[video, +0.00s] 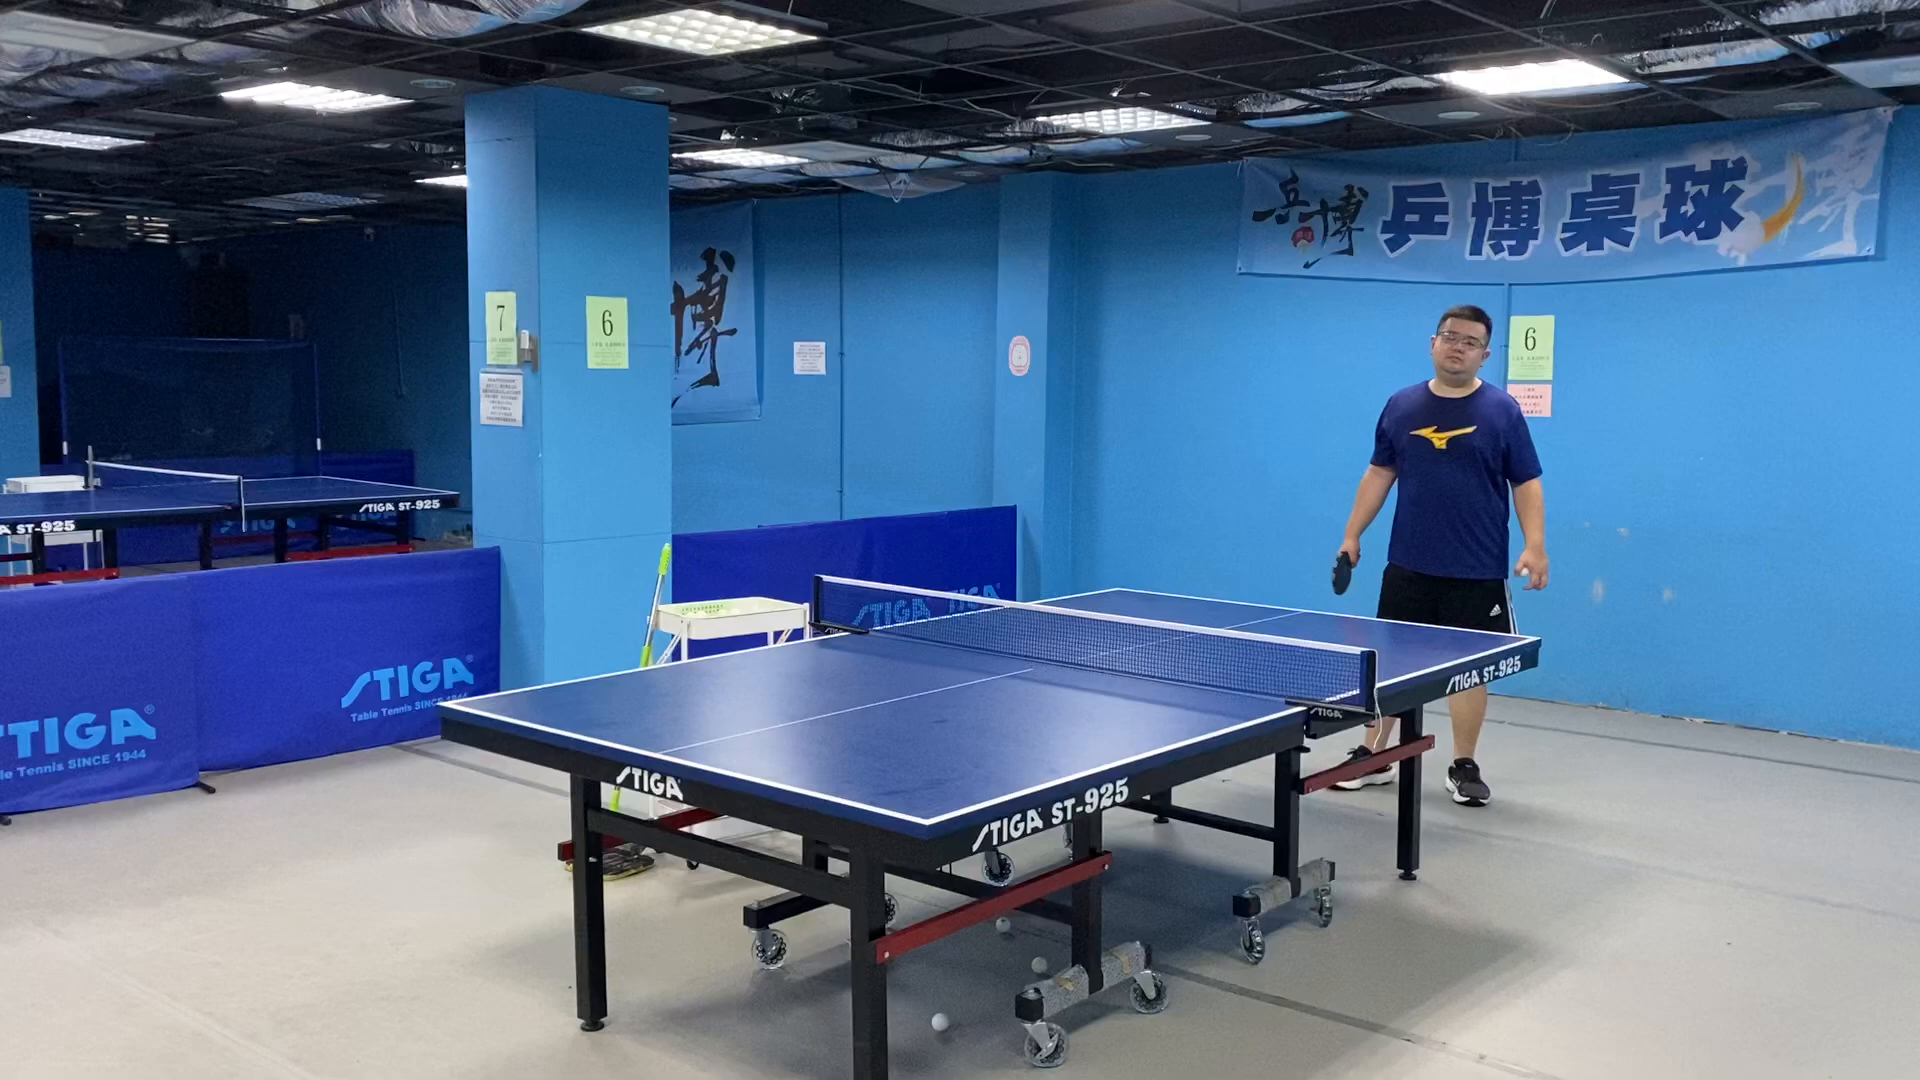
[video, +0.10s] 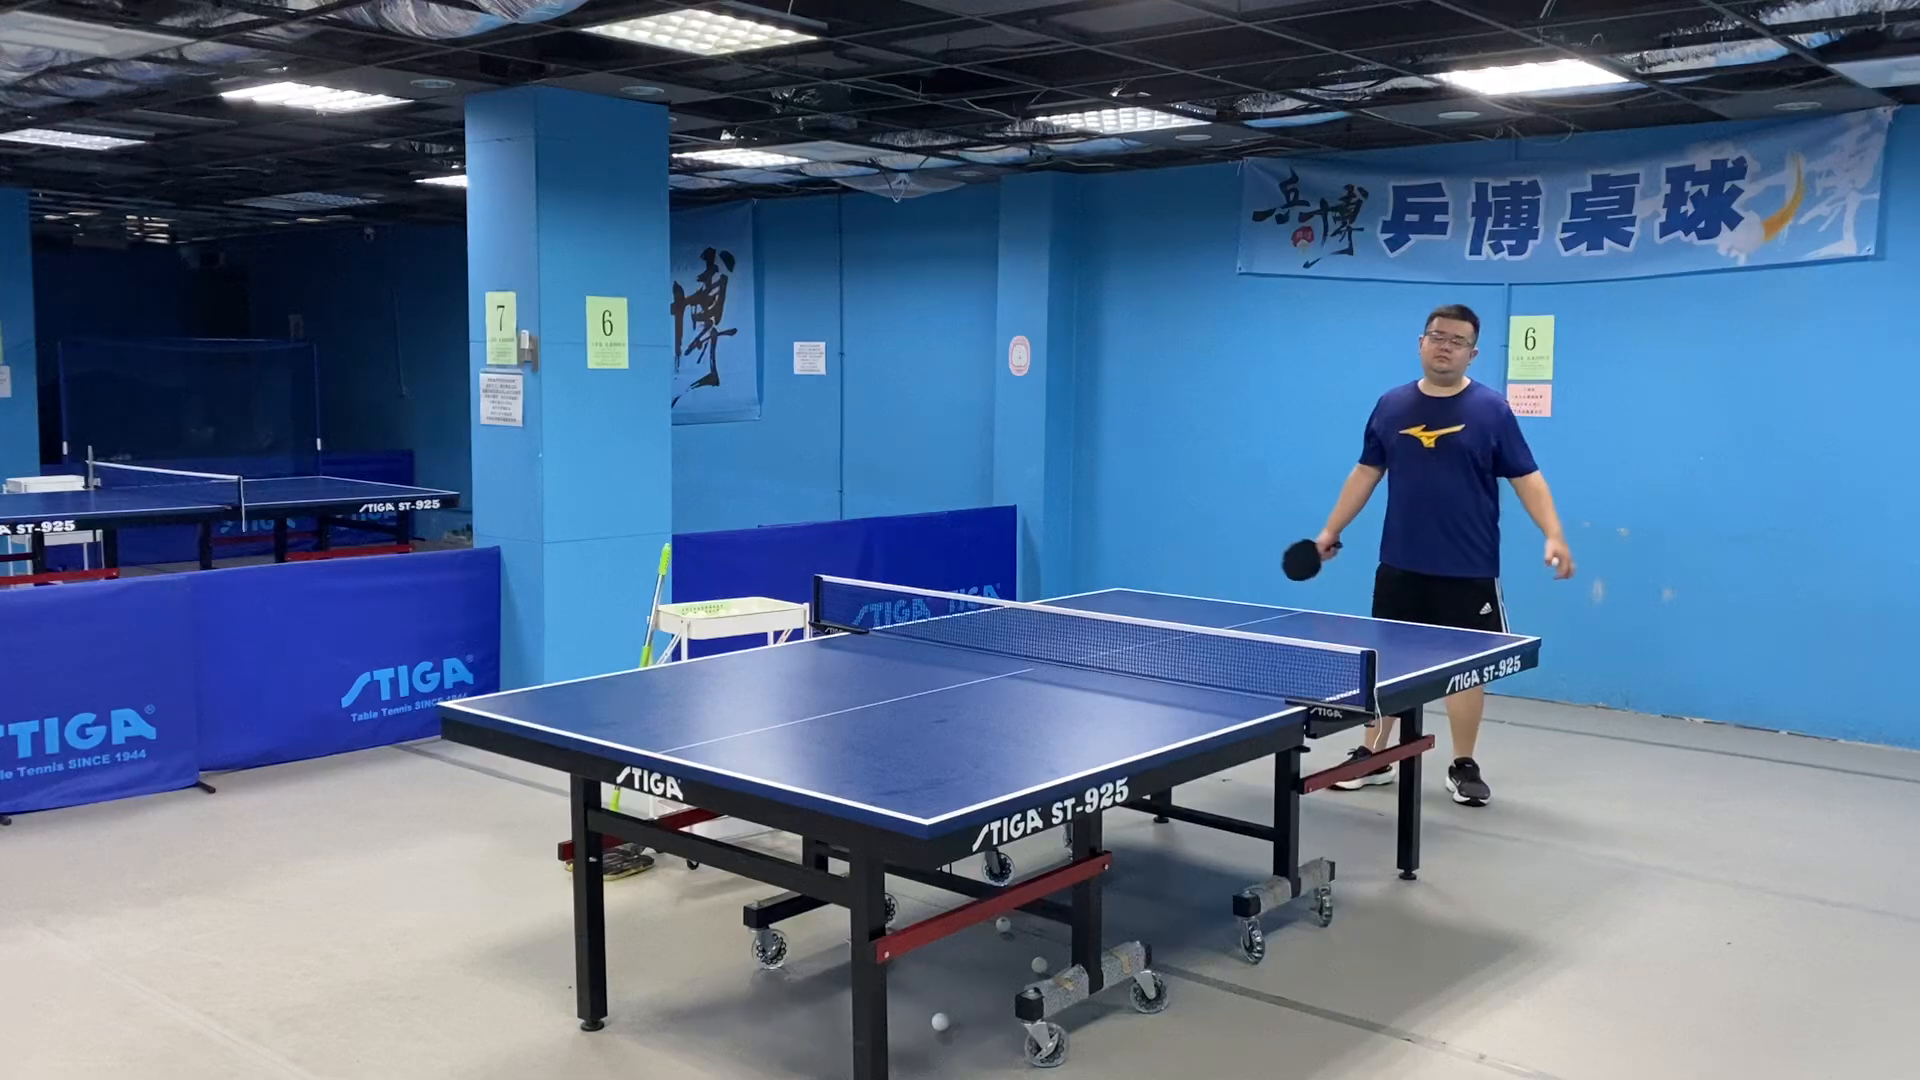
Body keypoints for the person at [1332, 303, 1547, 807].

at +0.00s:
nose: (1458, 347)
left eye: (1470, 342)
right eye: (1451, 338)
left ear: (1485, 354)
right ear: (1434, 343)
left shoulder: (1502, 410)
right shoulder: (1403, 404)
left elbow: (1526, 481)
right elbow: (1380, 472)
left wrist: (1535, 545)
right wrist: (1352, 533)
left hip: (1477, 569)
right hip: (1410, 563)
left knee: (1472, 669)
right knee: (1389, 659)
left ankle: (1465, 764)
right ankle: (1374, 755)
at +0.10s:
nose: (1445, 348)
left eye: (1458, 342)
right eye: (1438, 337)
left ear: (1472, 353)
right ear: (1422, 342)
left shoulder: (1492, 410)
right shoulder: (1392, 406)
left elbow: (1526, 476)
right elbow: (1367, 471)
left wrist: (1554, 534)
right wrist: (1331, 529)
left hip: (1469, 568)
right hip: (1401, 563)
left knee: (1469, 669)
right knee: (1387, 659)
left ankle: (1464, 764)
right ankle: (1373, 755)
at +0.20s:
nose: (1429, 346)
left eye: (1442, 340)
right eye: (1422, 336)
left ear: (1458, 351)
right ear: (1409, 342)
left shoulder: (1478, 406)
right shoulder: (1383, 403)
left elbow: (1525, 464)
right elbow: (1351, 464)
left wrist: (1578, 509)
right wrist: (1307, 515)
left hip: (1457, 565)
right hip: (1391, 561)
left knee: (1463, 669)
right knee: (1382, 660)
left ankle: (1463, 764)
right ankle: (1372, 755)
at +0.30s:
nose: (1416, 345)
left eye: (1428, 338)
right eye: (1409, 336)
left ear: (1445, 348)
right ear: (1394, 341)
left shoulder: (1465, 401)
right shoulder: (1373, 399)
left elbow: (1518, 449)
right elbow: (1343, 454)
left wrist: (1583, 474)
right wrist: (1290, 491)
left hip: (1446, 560)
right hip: (1382, 556)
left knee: (1458, 665)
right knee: (1374, 658)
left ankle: (1463, 763)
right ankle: (1371, 755)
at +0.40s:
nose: (1403, 345)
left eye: (1416, 338)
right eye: (1396, 335)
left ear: (1432, 348)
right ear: (1381, 342)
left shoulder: (1455, 400)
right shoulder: (1363, 399)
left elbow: (1507, 442)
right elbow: (1339, 451)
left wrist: (1578, 448)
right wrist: (1282, 472)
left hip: (1435, 560)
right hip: (1371, 557)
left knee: (1450, 665)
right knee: (1368, 657)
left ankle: (1462, 763)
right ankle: (1371, 755)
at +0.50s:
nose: (1392, 346)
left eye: (1404, 339)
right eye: (1384, 336)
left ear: (1421, 349)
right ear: (1370, 343)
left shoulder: (1445, 402)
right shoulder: (1354, 399)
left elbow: (1497, 440)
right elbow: (1329, 448)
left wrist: (1568, 430)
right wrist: (1271, 457)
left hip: (1426, 562)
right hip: (1362, 559)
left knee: (1445, 664)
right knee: (1363, 658)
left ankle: (1460, 763)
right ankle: (1371, 754)